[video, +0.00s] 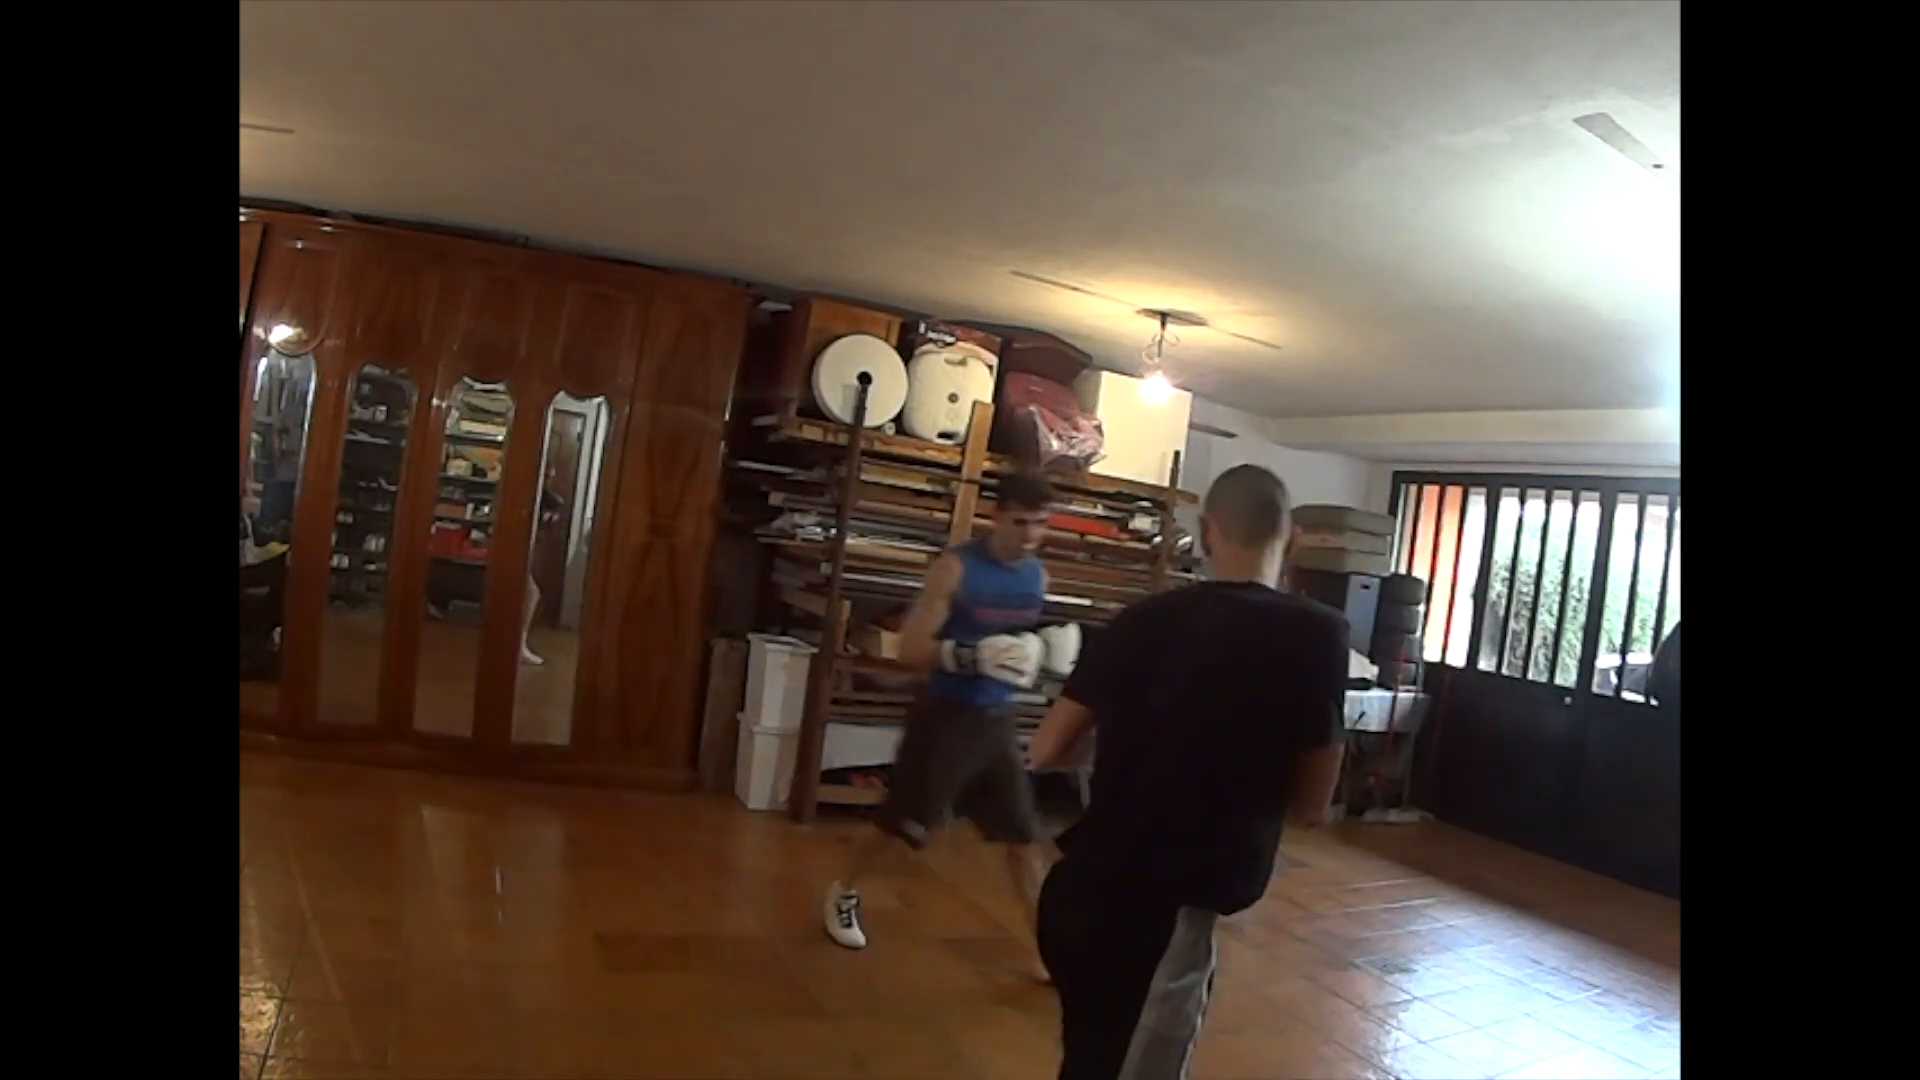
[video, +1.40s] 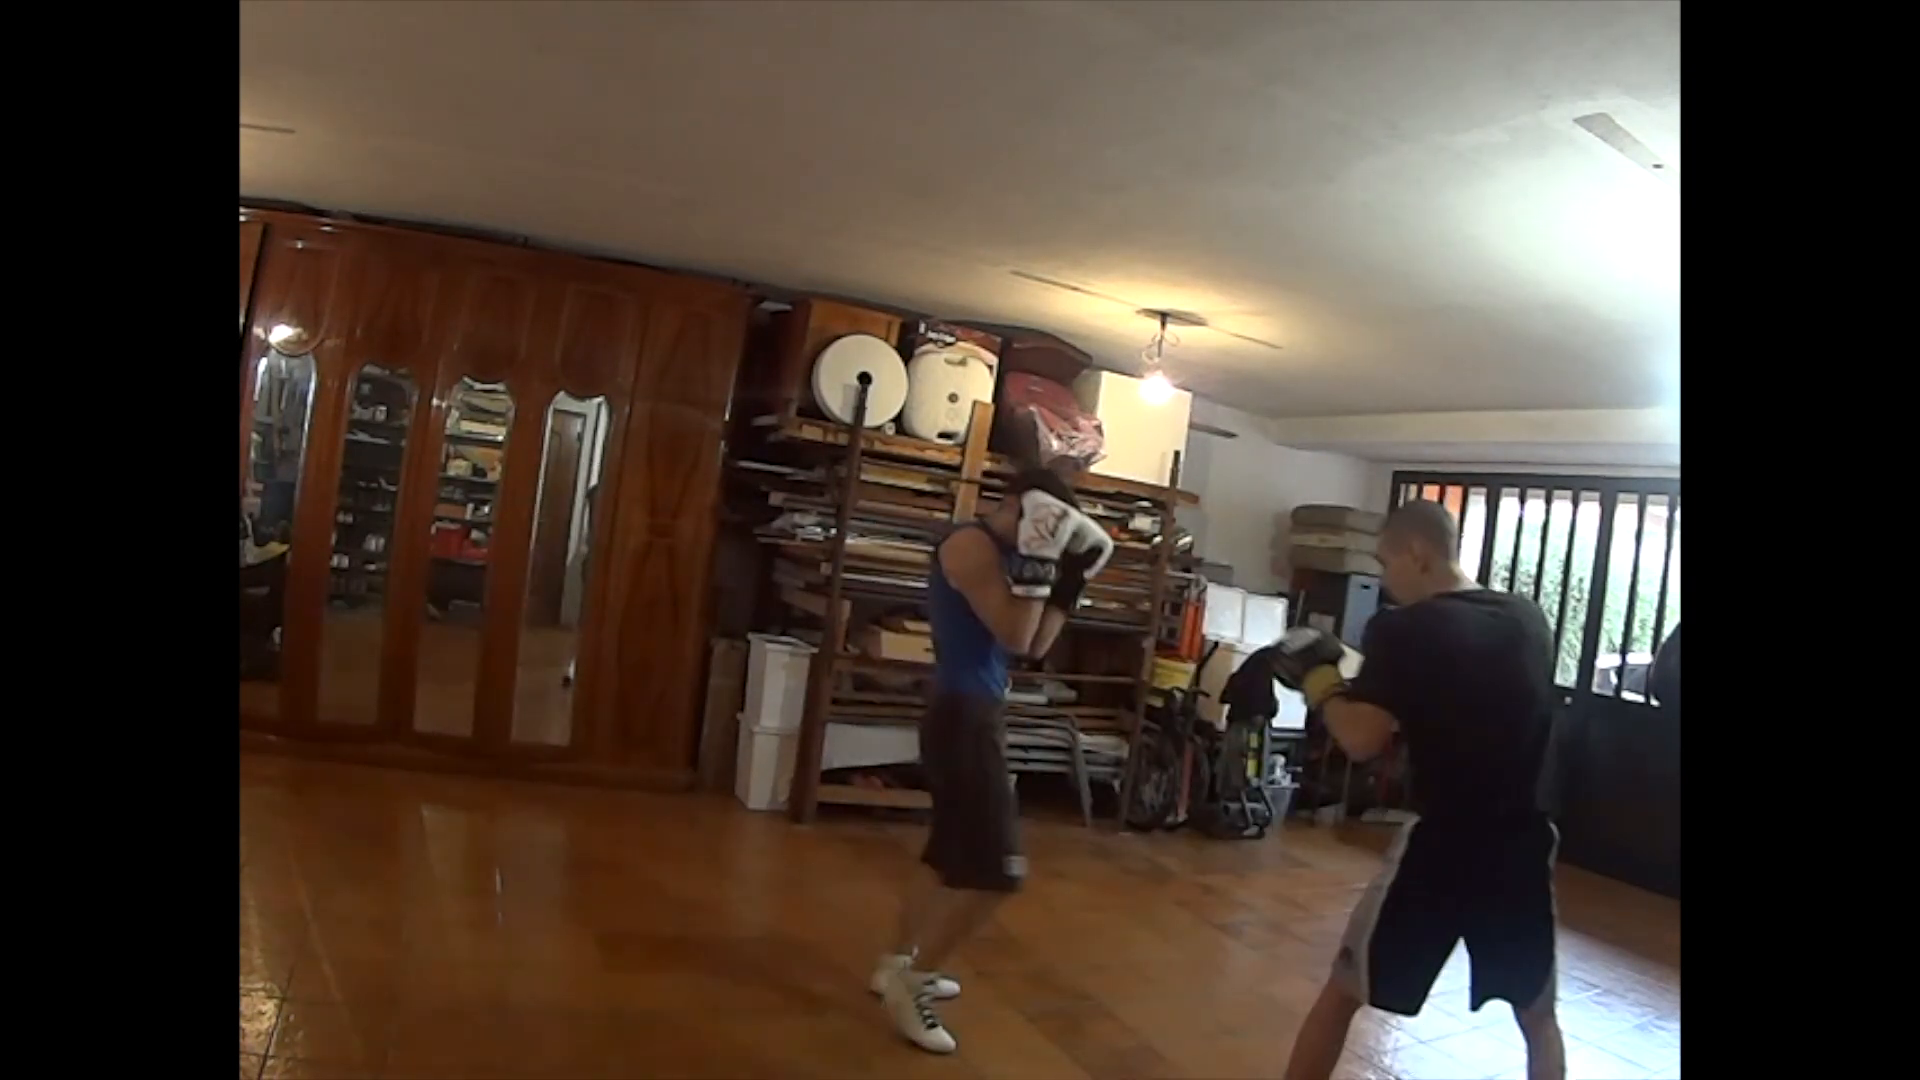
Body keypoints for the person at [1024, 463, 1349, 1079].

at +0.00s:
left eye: (1205, 526)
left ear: (1206, 530)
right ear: (1290, 537)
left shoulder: (1144, 620)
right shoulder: (1317, 634)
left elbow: (1046, 751)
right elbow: (1313, 800)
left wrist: (1112, 743)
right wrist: (1243, 761)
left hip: (1097, 883)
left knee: (1089, 1060)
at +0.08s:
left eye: (1191, 526)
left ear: (1192, 530)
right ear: (1274, 537)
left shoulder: (1137, 623)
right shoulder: (1310, 630)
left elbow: (1047, 753)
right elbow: (1310, 789)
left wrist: (1111, 733)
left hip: (1104, 870)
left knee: (1099, 1062)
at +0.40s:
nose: (1199, 522)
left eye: (1199, 511)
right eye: (1202, 511)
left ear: (1209, 510)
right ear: (1276, 508)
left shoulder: (1166, 595)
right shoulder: (1335, 594)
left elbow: (1093, 717)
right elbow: (1330, 731)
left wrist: (1144, 680)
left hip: (1166, 851)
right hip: (1264, 861)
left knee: (1113, 1040)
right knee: (1250, 1062)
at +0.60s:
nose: (1276, 546)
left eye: (1275, 534)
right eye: (1276, 534)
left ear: (1289, 530)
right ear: (1345, 528)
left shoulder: (1254, 612)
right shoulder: (1415, 615)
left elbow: (1183, 733)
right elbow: (1411, 732)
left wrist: (1236, 685)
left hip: (1253, 874)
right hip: (1352, 884)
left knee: (1162, 1046)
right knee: (1346, 1066)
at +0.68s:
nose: (1311, 561)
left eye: (1312, 546)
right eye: (1309, 547)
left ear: (1332, 537)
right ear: (1379, 533)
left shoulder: (1299, 620)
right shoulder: (1455, 629)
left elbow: (1228, 736)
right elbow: (1430, 742)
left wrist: (1223, 685)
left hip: (1300, 880)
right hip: (1400, 887)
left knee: (1196, 1041)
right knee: (1399, 1067)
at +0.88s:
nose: (1379, 555)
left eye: (1380, 539)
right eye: (1377, 541)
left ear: (1406, 529)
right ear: (1449, 529)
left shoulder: (1380, 610)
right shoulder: (1526, 621)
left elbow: (1326, 730)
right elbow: (1501, 738)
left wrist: (1298, 693)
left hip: (1378, 862)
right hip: (1471, 870)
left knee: (1267, 1010)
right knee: (1459, 1064)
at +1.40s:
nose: (1385, 584)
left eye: (1386, 567)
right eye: (1383, 569)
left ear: (1417, 555)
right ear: (1445, 553)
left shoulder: (1404, 629)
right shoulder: (1528, 618)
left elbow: (1360, 738)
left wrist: (1320, 677)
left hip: (1437, 845)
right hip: (1521, 844)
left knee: (1343, 993)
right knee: (1539, 1019)